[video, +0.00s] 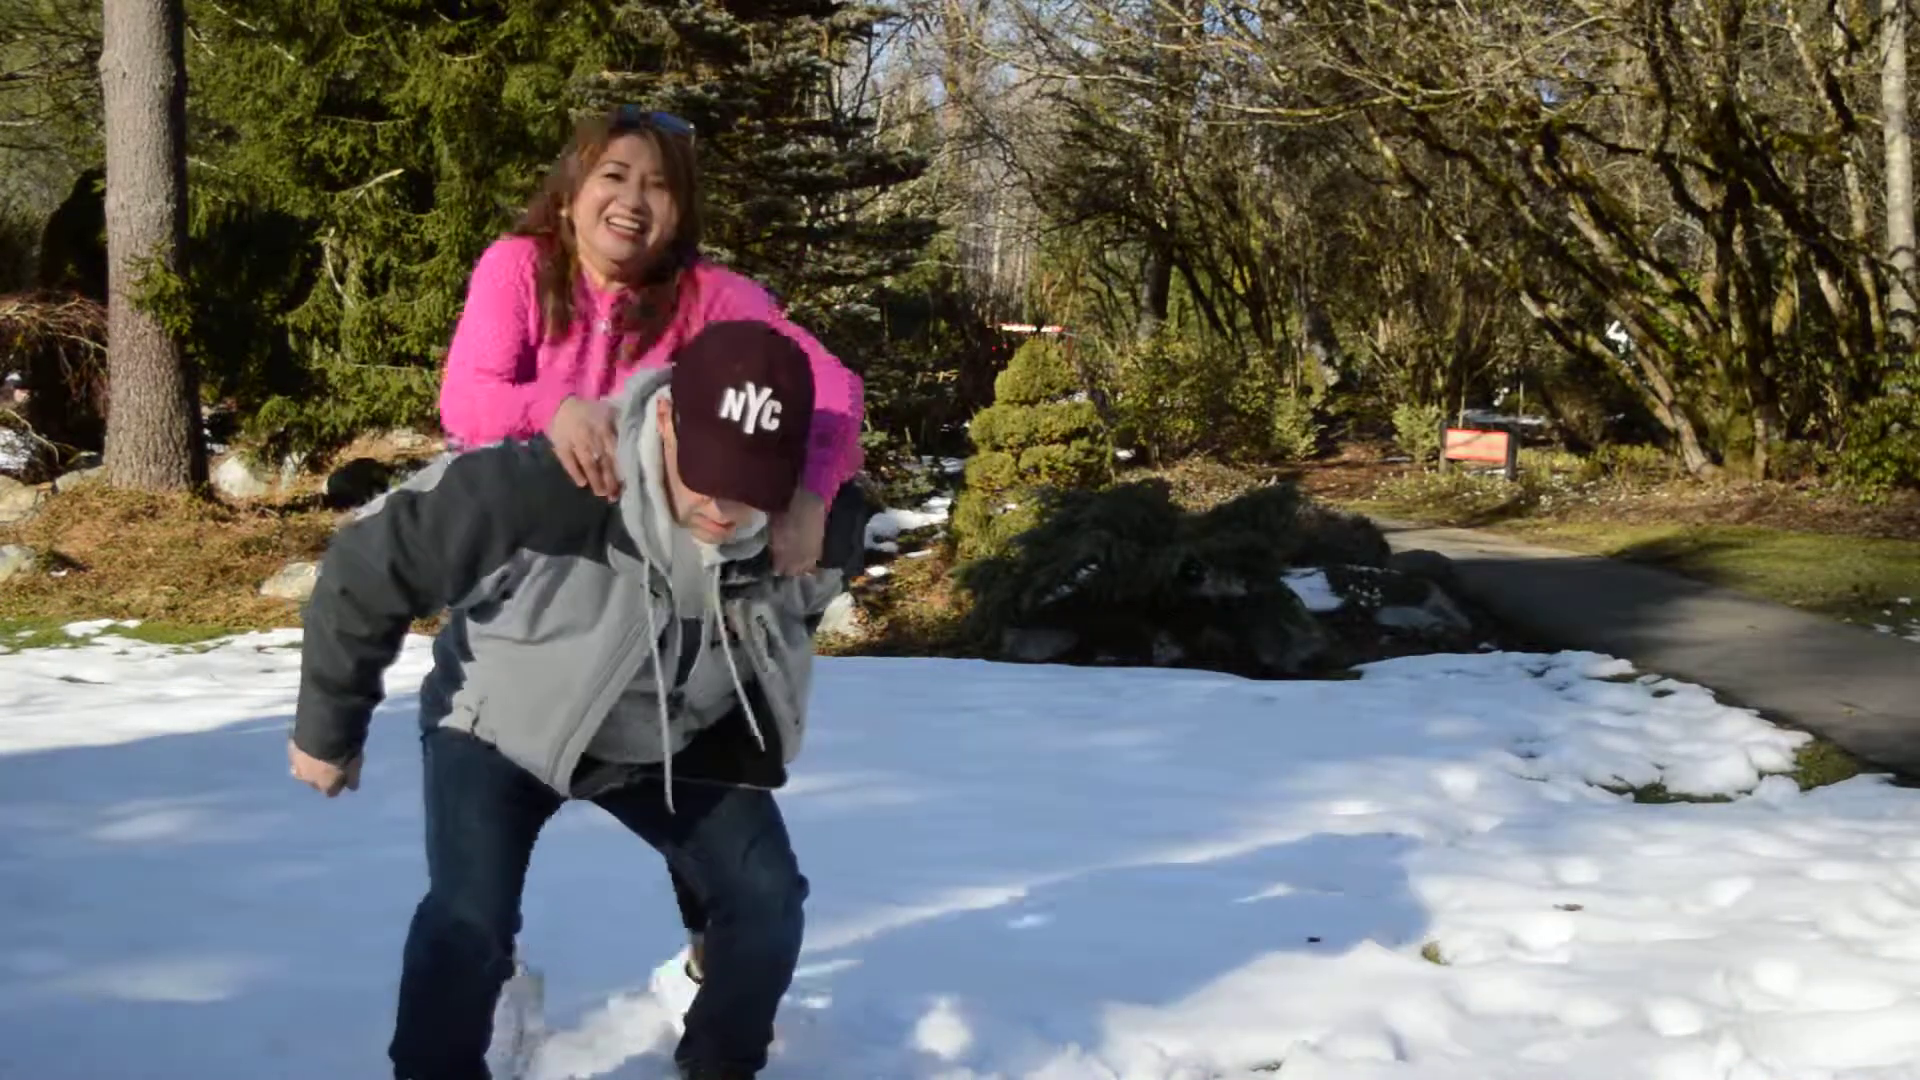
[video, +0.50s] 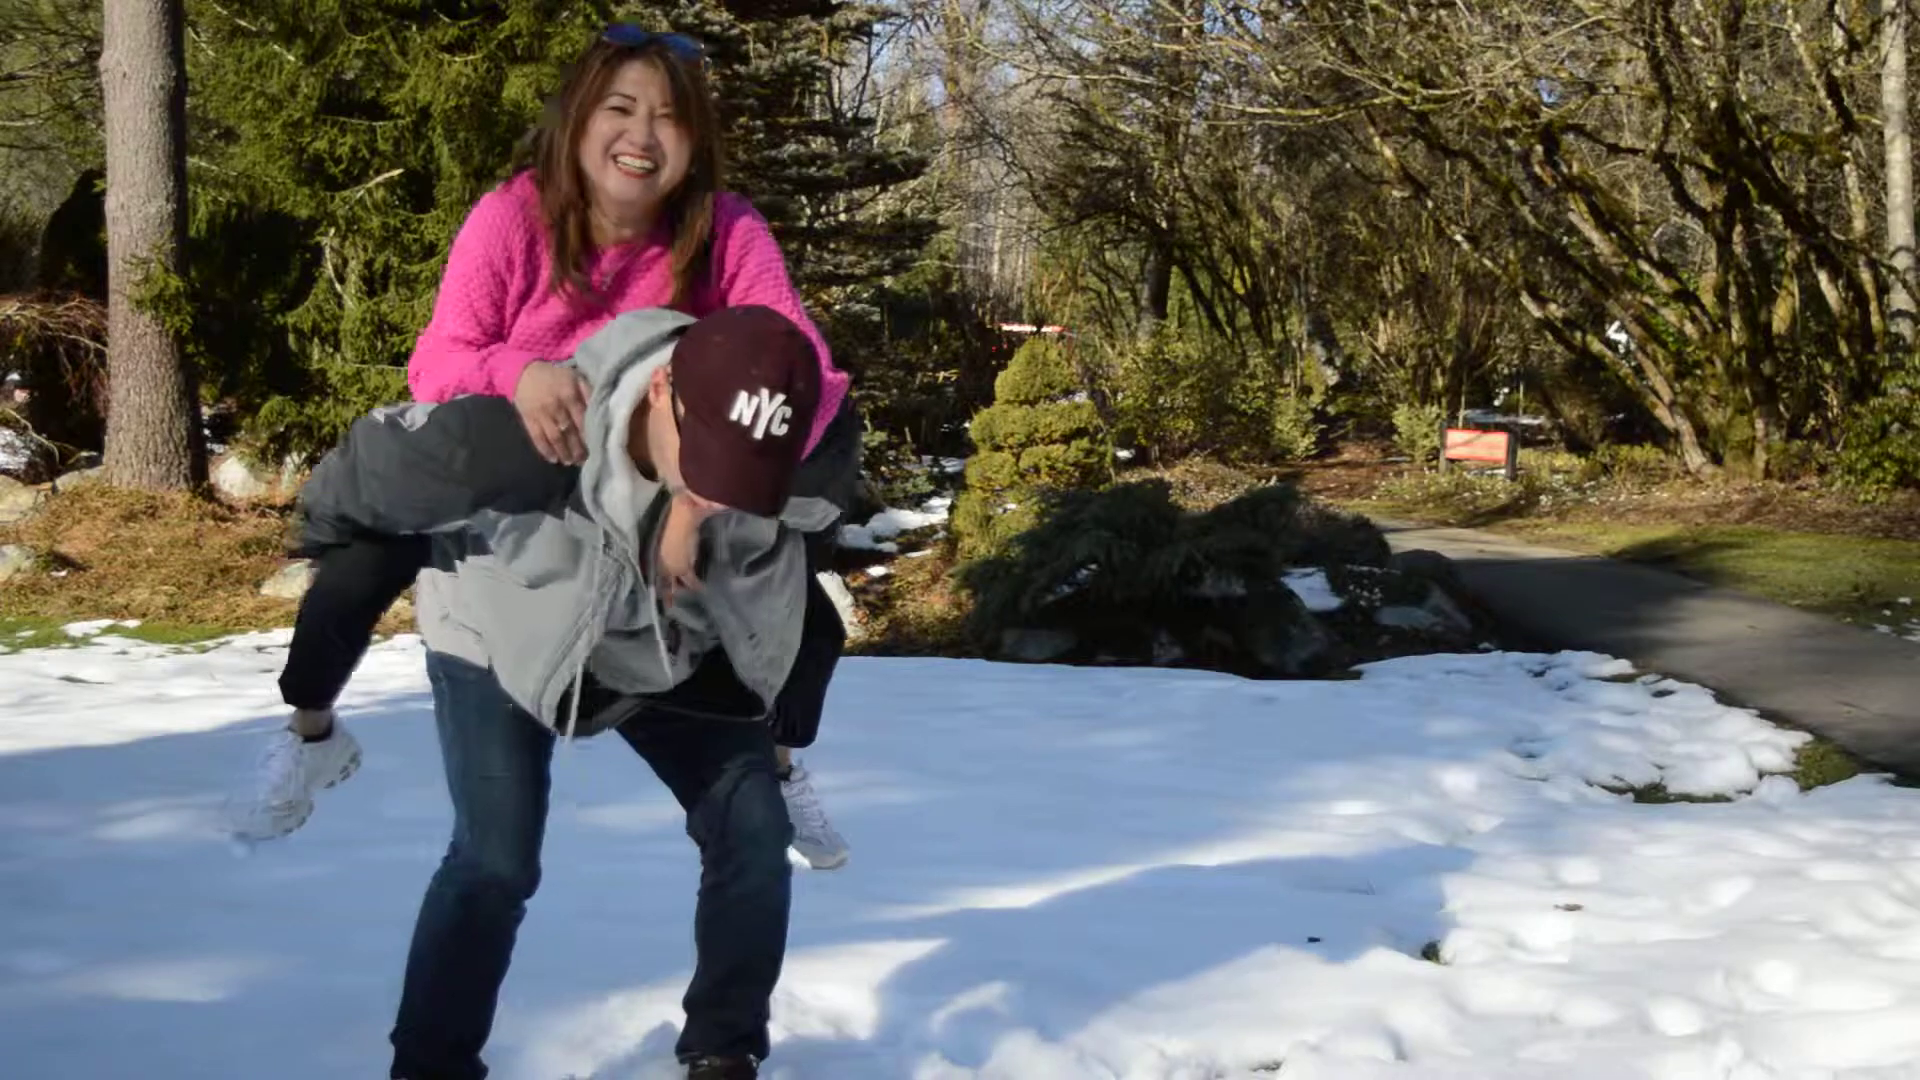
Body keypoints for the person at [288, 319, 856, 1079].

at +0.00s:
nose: (718, 513)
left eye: (747, 496)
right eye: (702, 483)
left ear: (788, 470)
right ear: (666, 419)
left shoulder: (810, 515)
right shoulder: (545, 484)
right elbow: (369, 561)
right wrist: (329, 725)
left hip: (663, 732)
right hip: (503, 720)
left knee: (765, 893)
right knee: (470, 924)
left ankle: (719, 1063)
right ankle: (435, 1070)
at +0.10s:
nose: (724, 515)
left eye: (752, 500)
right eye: (711, 485)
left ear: (792, 471)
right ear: (674, 421)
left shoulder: (808, 513)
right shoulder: (553, 476)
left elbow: (845, 530)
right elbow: (373, 525)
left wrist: (799, 596)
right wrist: (320, 687)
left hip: (660, 711)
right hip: (501, 702)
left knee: (761, 878)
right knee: (477, 905)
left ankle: (720, 1063)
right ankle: (436, 1071)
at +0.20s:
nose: (740, 526)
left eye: (769, 512)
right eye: (726, 498)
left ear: (812, 473)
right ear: (688, 428)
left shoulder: (823, 499)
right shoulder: (558, 463)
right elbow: (373, 488)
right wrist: (294, 618)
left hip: (648, 675)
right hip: (491, 660)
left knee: (757, 846)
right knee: (489, 878)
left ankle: (720, 1058)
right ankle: (433, 1066)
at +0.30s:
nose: (743, 541)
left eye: (772, 528)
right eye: (733, 509)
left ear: (813, 487)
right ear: (692, 440)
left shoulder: (827, 511)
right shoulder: (555, 490)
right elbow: (367, 515)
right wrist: (313, 592)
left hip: (662, 660)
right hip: (496, 645)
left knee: (755, 842)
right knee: (497, 878)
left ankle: (720, 1060)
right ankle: (432, 1068)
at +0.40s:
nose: (734, 544)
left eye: (762, 536)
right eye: (720, 518)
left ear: (803, 490)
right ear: (683, 439)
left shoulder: (822, 509)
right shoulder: (543, 484)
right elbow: (348, 523)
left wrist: (781, 745)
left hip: (669, 642)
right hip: (502, 624)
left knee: (748, 834)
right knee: (505, 864)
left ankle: (721, 1059)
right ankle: (433, 1068)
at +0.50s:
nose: (708, 507)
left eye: (733, 502)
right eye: (697, 481)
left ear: (784, 448)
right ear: (662, 397)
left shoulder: (812, 460)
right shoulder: (531, 442)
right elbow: (360, 478)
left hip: (661, 633)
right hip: (498, 606)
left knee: (753, 821)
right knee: (497, 862)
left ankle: (725, 1053)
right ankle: (432, 1067)